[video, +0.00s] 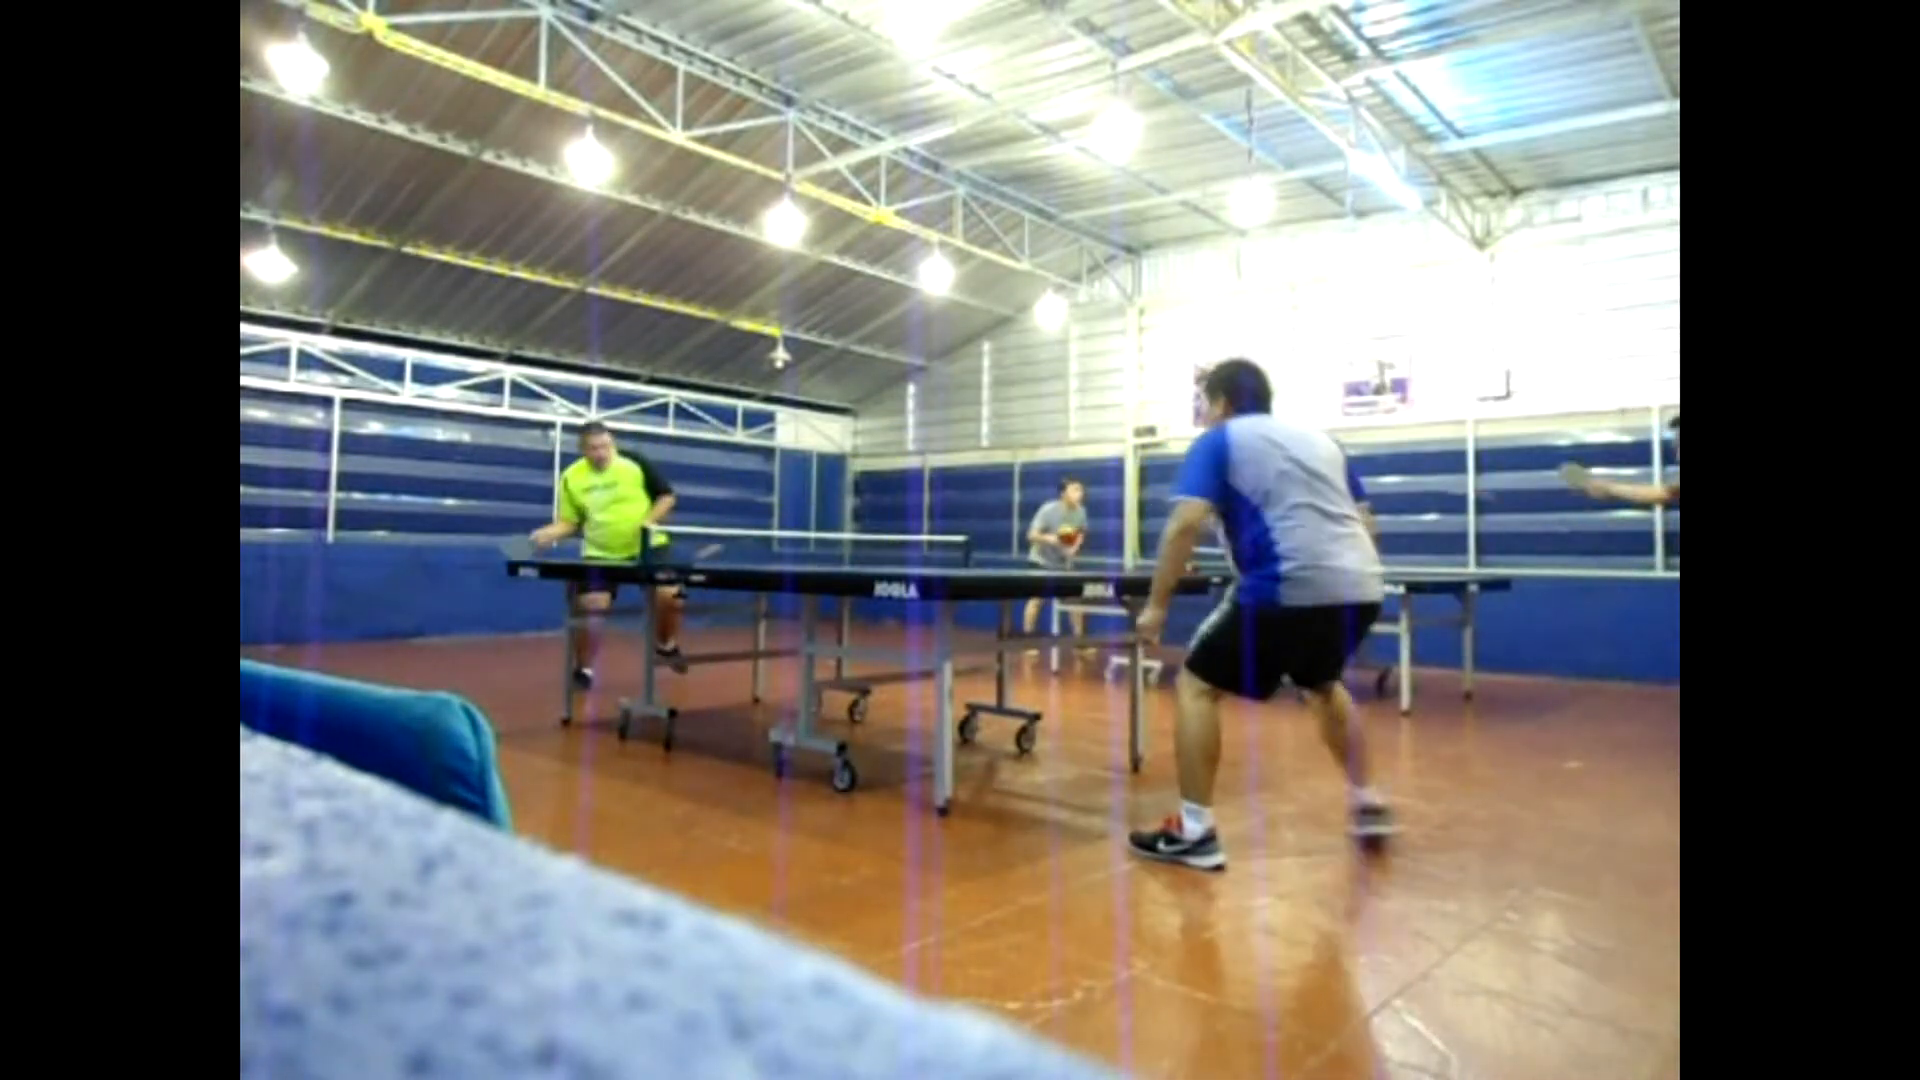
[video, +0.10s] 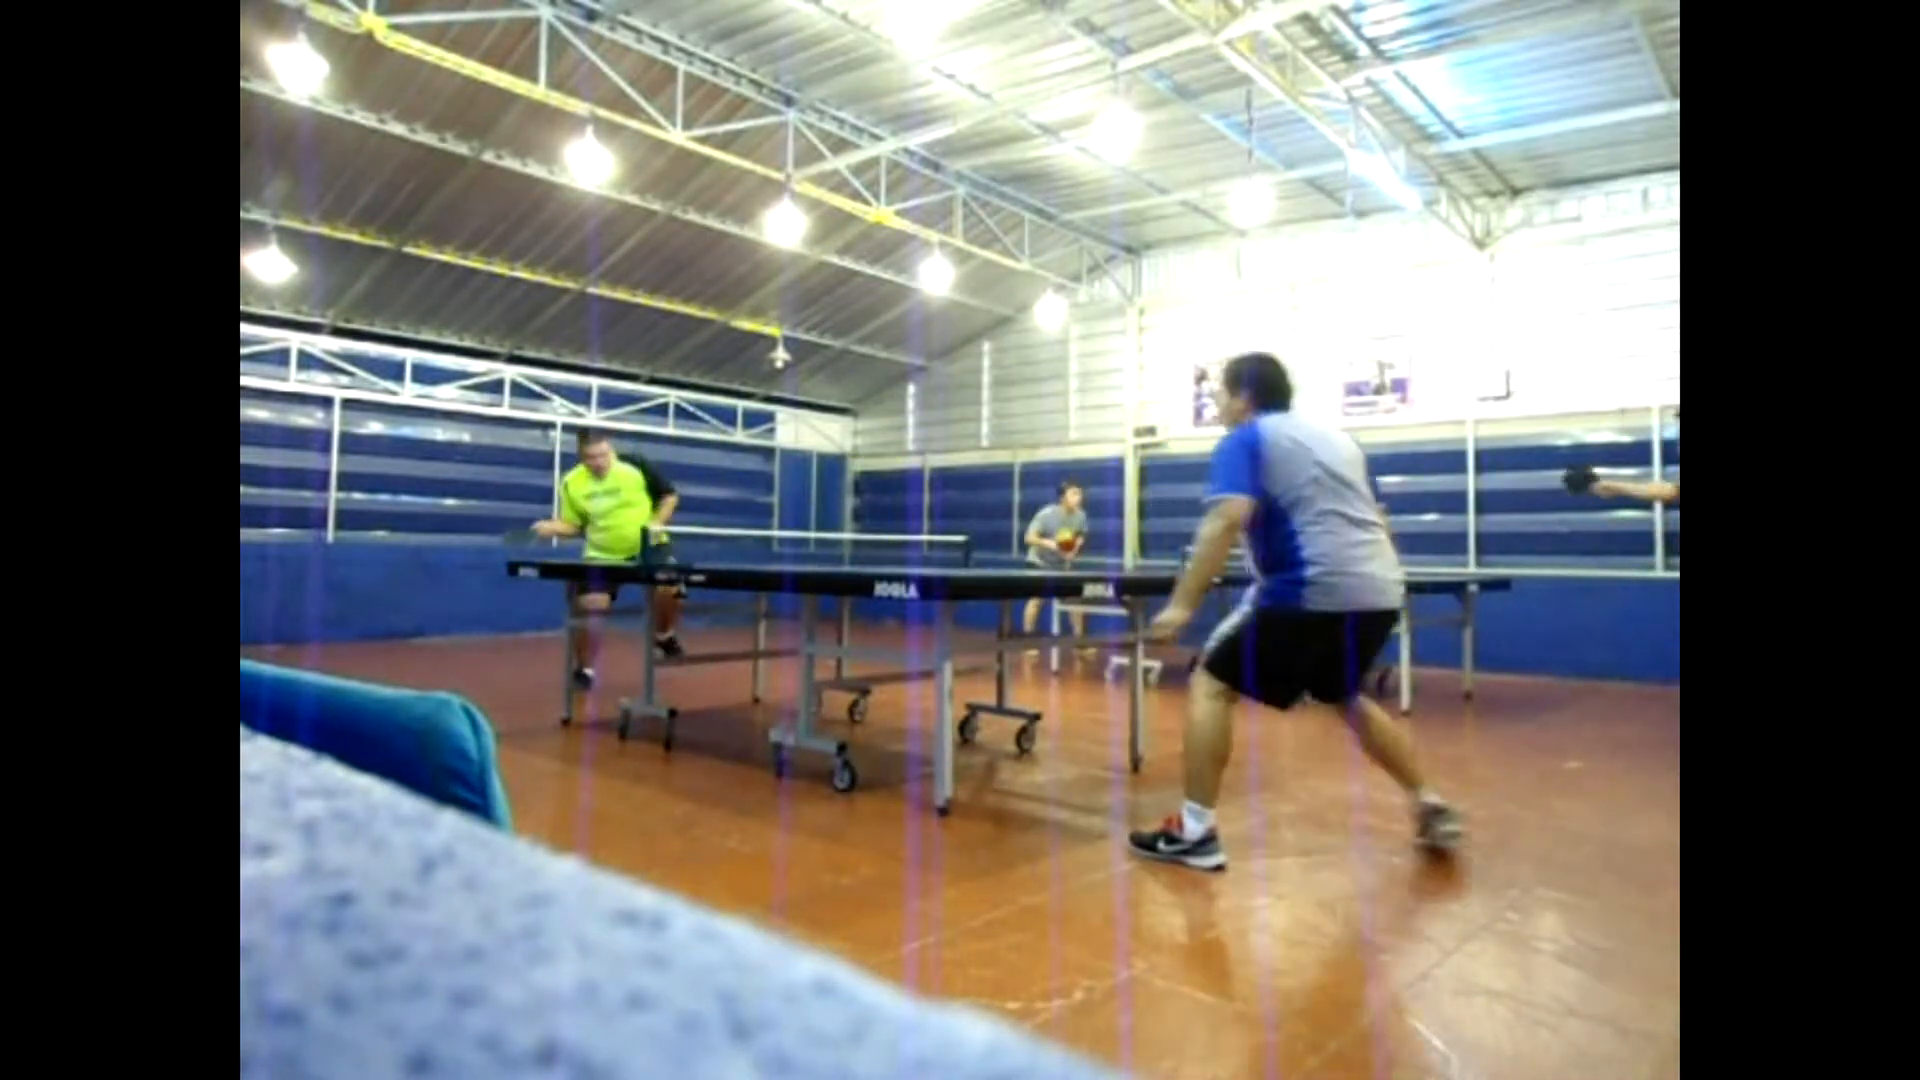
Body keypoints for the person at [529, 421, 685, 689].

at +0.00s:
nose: (600, 454)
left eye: (603, 447)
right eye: (593, 448)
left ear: (612, 444)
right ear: (583, 449)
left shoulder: (635, 464)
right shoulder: (572, 478)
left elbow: (666, 496)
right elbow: (569, 520)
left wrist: (649, 521)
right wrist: (549, 534)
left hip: (644, 546)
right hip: (600, 552)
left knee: (669, 594)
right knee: (593, 605)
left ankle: (667, 644)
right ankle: (585, 667)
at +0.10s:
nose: (598, 463)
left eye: (602, 455)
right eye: (591, 457)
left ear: (611, 450)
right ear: (581, 457)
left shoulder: (636, 468)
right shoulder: (572, 483)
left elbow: (669, 495)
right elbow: (573, 525)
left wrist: (658, 522)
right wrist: (552, 527)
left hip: (645, 549)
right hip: (601, 553)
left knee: (668, 586)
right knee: (592, 607)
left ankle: (665, 636)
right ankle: (586, 667)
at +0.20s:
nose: (601, 471)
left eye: (605, 464)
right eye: (594, 466)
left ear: (614, 458)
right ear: (586, 465)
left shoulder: (640, 473)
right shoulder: (579, 487)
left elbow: (676, 495)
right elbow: (580, 532)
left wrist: (667, 526)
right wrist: (560, 525)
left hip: (650, 550)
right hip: (606, 555)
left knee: (668, 588)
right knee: (590, 606)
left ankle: (666, 643)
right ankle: (585, 668)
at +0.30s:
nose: (613, 462)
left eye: (617, 455)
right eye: (606, 457)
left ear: (627, 449)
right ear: (599, 456)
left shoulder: (653, 472)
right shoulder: (589, 482)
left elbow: (681, 494)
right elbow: (586, 518)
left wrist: (677, 525)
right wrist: (592, 530)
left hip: (658, 549)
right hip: (615, 553)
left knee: (668, 600)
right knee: (599, 610)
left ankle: (674, 669)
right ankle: (588, 669)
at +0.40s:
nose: (629, 426)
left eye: (633, 420)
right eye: (622, 420)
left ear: (639, 425)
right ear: (610, 426)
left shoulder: (656, 454)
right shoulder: (602, 459)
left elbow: (673, 489)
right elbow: (615, 500)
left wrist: (679, 520)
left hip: (662, 536)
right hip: (623, 538)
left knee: (670, 602)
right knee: (619, 603)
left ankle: (676, 668)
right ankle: (597, 665)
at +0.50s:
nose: (645, 415)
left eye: (645, 410)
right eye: (637, 409)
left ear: (647, 417)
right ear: (621, 416)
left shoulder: (648, 443)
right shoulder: (621, 438)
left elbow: (654, 489)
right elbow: (655, 454)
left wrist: (670, 514)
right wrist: (677, 457)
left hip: (654, 527)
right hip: (625, 528)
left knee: (670, 591)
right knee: (633, 595)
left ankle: (686, 656)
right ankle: (614, 666)